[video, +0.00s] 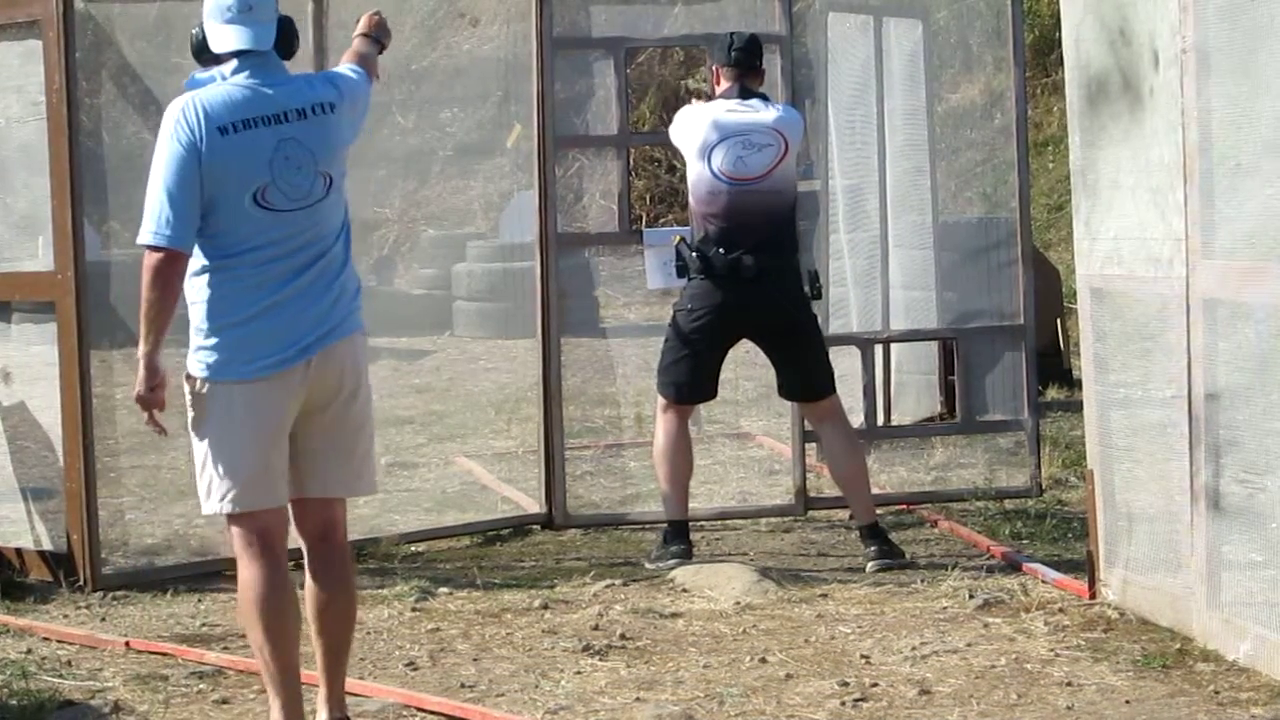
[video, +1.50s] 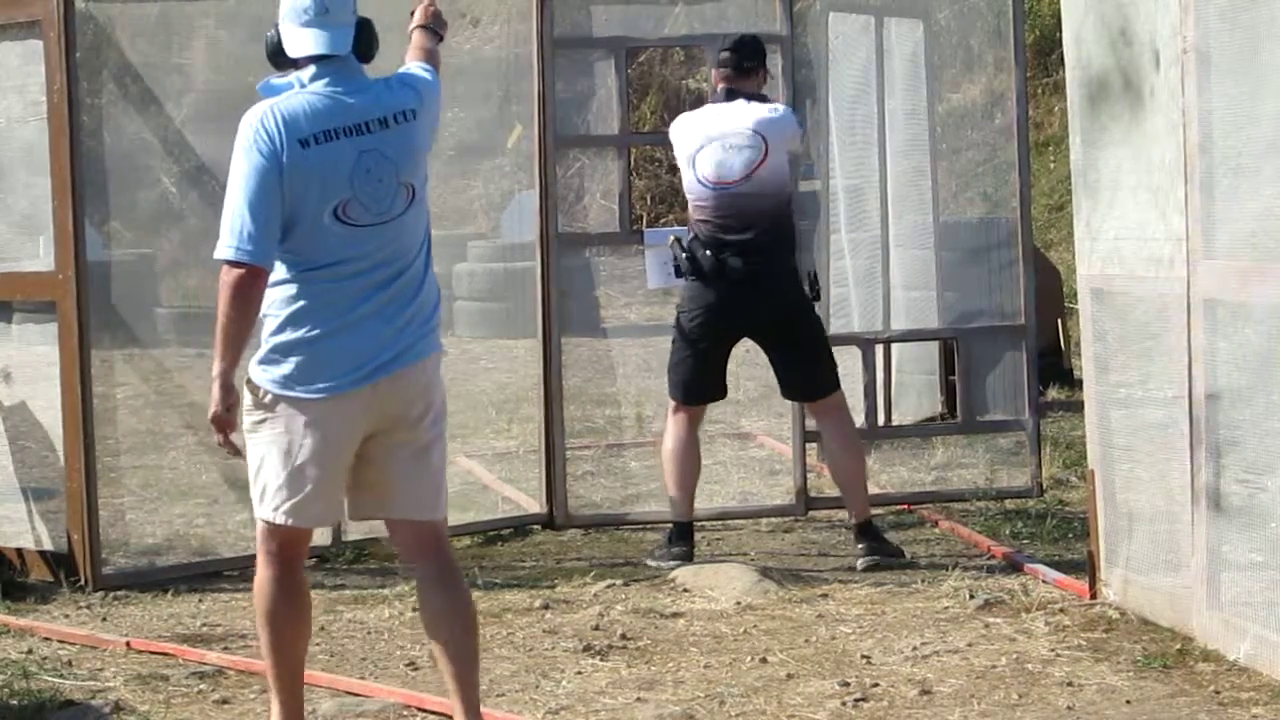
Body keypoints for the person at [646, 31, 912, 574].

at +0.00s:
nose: (713, 82)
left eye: (712, 75)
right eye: (725, 75)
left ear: (717, 77)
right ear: (762, 76)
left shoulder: (691, 121)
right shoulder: (791, 121)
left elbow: (693, 126)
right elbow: (762, 127)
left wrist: (719, 99)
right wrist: (736, 96)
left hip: (711, 296)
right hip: (781, 295)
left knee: (673, 409)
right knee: (828, 414)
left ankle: (675, 539)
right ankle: (874, 536)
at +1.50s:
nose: (761, 85)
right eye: (762, 77)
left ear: (713, 79)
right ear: (761, 78)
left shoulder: (682, 128)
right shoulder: (781, 119)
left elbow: (709, 168)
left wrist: (727, 101)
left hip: (708, 296)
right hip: (777, 292)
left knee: (683, 414)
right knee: (830, 412)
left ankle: (679, 539)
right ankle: (867, 534)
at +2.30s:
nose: (793, 89)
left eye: (792, 82)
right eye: (793, 81)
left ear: (742, 75)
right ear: (780, 77)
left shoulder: (703, 121)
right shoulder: (782, 121)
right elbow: (841, 139)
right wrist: (862, 127)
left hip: (706, 295)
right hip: (768, 294)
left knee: (702, 419)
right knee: (833, 416)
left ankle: (681, 538)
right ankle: (866, 537)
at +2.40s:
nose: (793, 90)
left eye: (793, 83)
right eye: (793, 81)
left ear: (742, 75)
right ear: (780, 77)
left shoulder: (703, 122)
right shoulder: (781, 122)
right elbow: (842, 139)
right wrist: (863, 127)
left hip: (706, 296)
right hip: (768, 295)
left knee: (703, 418)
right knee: (834, 417)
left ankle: (681, 538)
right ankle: (867, 538)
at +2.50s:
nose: (792, 90)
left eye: (792, 83)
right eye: (791, 81)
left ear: (742, 75)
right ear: (777, 77)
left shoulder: (702, 121)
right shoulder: (782, 123)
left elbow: (795, 137)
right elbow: (842, 137)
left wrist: (844, 126)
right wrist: (865, 122)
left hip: (705, 297)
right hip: (768, 296)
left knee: (703, 419)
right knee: (834, 418)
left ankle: (682, 539)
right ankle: (867, 538)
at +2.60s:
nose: (790, 91)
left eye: (790, 83)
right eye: (789, 82)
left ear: (740, 77)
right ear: (775, 79)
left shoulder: (702, 123)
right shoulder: (780, 123)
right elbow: (833, 145)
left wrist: (841, 131)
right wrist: (860, 127)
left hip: (704, 298)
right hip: (767, 296)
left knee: (702, 418)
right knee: (832, 412)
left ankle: (680, 539)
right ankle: (866, 537)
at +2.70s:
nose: (791, 93)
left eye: (788, 86)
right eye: (791, 86)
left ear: (738, 85)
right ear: (783, 84)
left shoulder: (705, 134)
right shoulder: (786, 130)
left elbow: (762, 181)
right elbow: (847, 185)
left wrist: (827, 147)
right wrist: (854, 146)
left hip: (711, 298)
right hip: (777, 296)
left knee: (703, 420)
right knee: (837, 413)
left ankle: (679, 540)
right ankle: (883, 533)